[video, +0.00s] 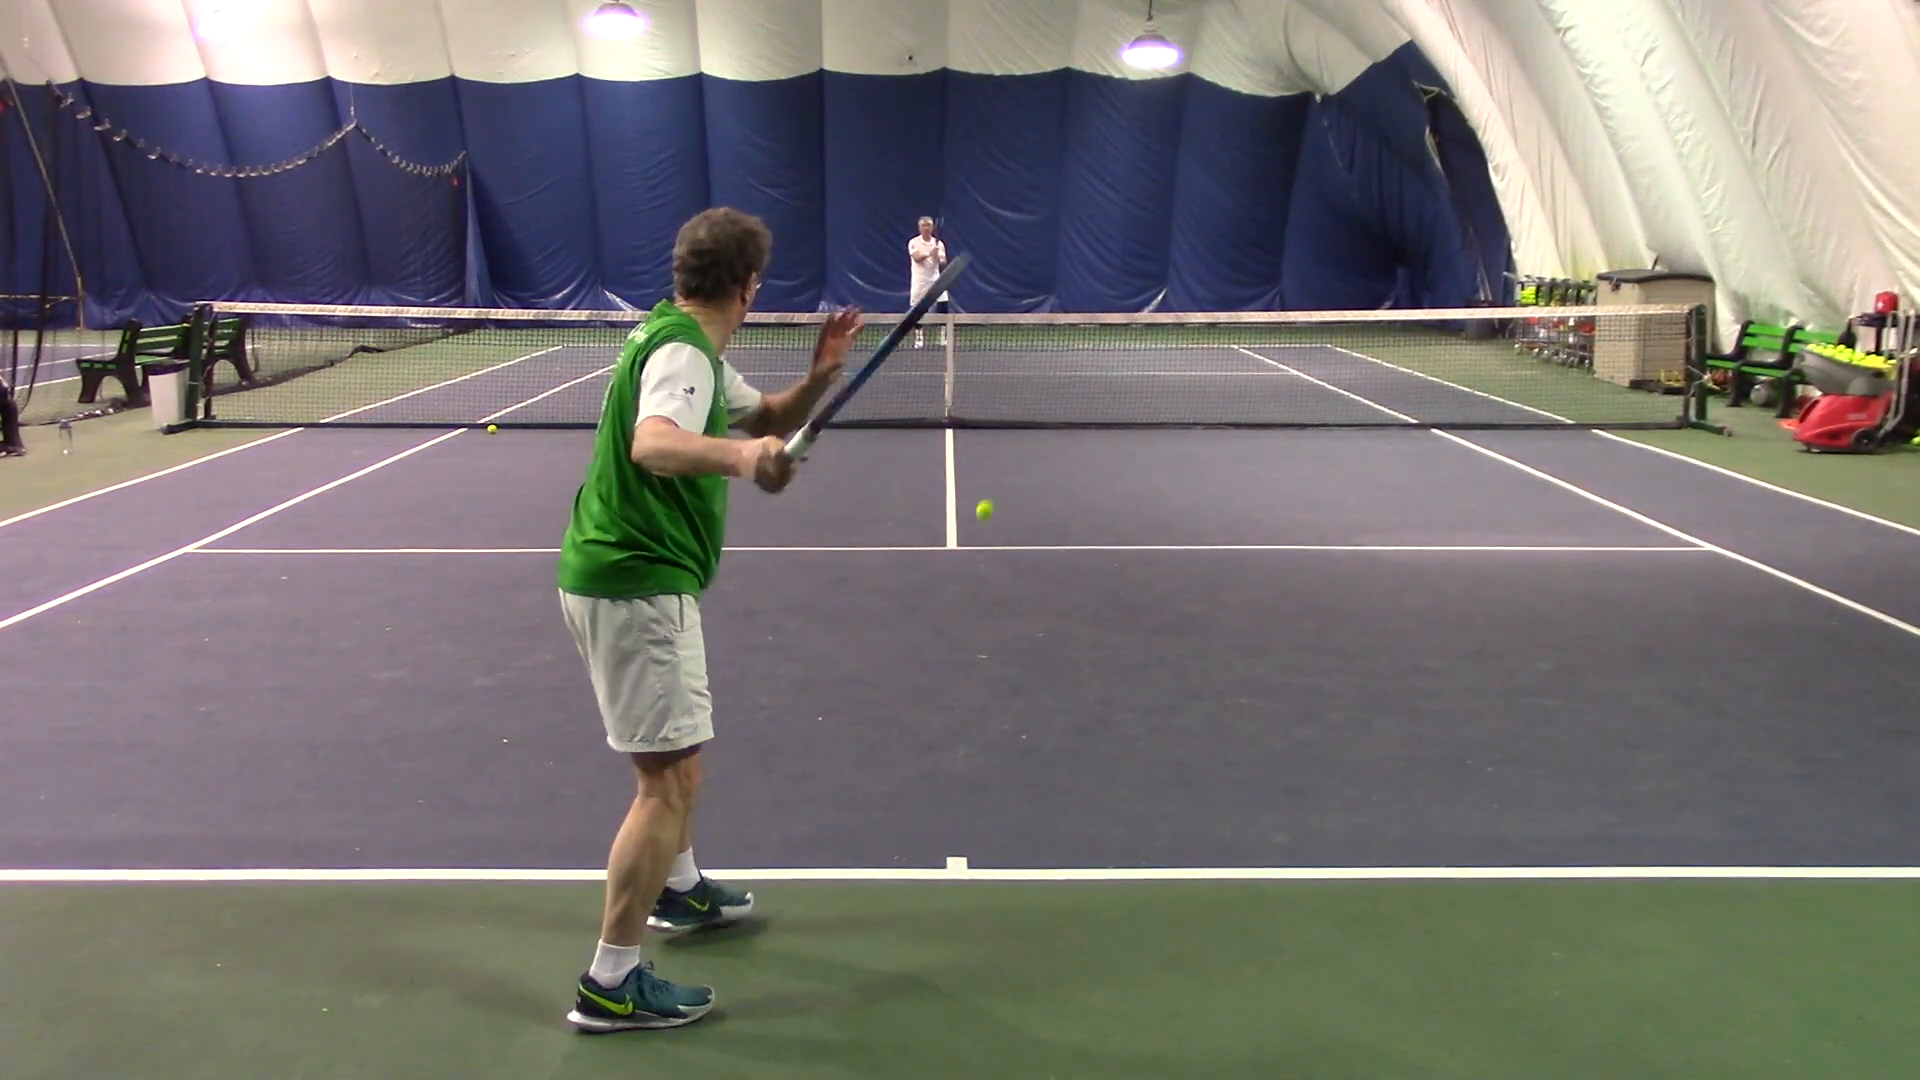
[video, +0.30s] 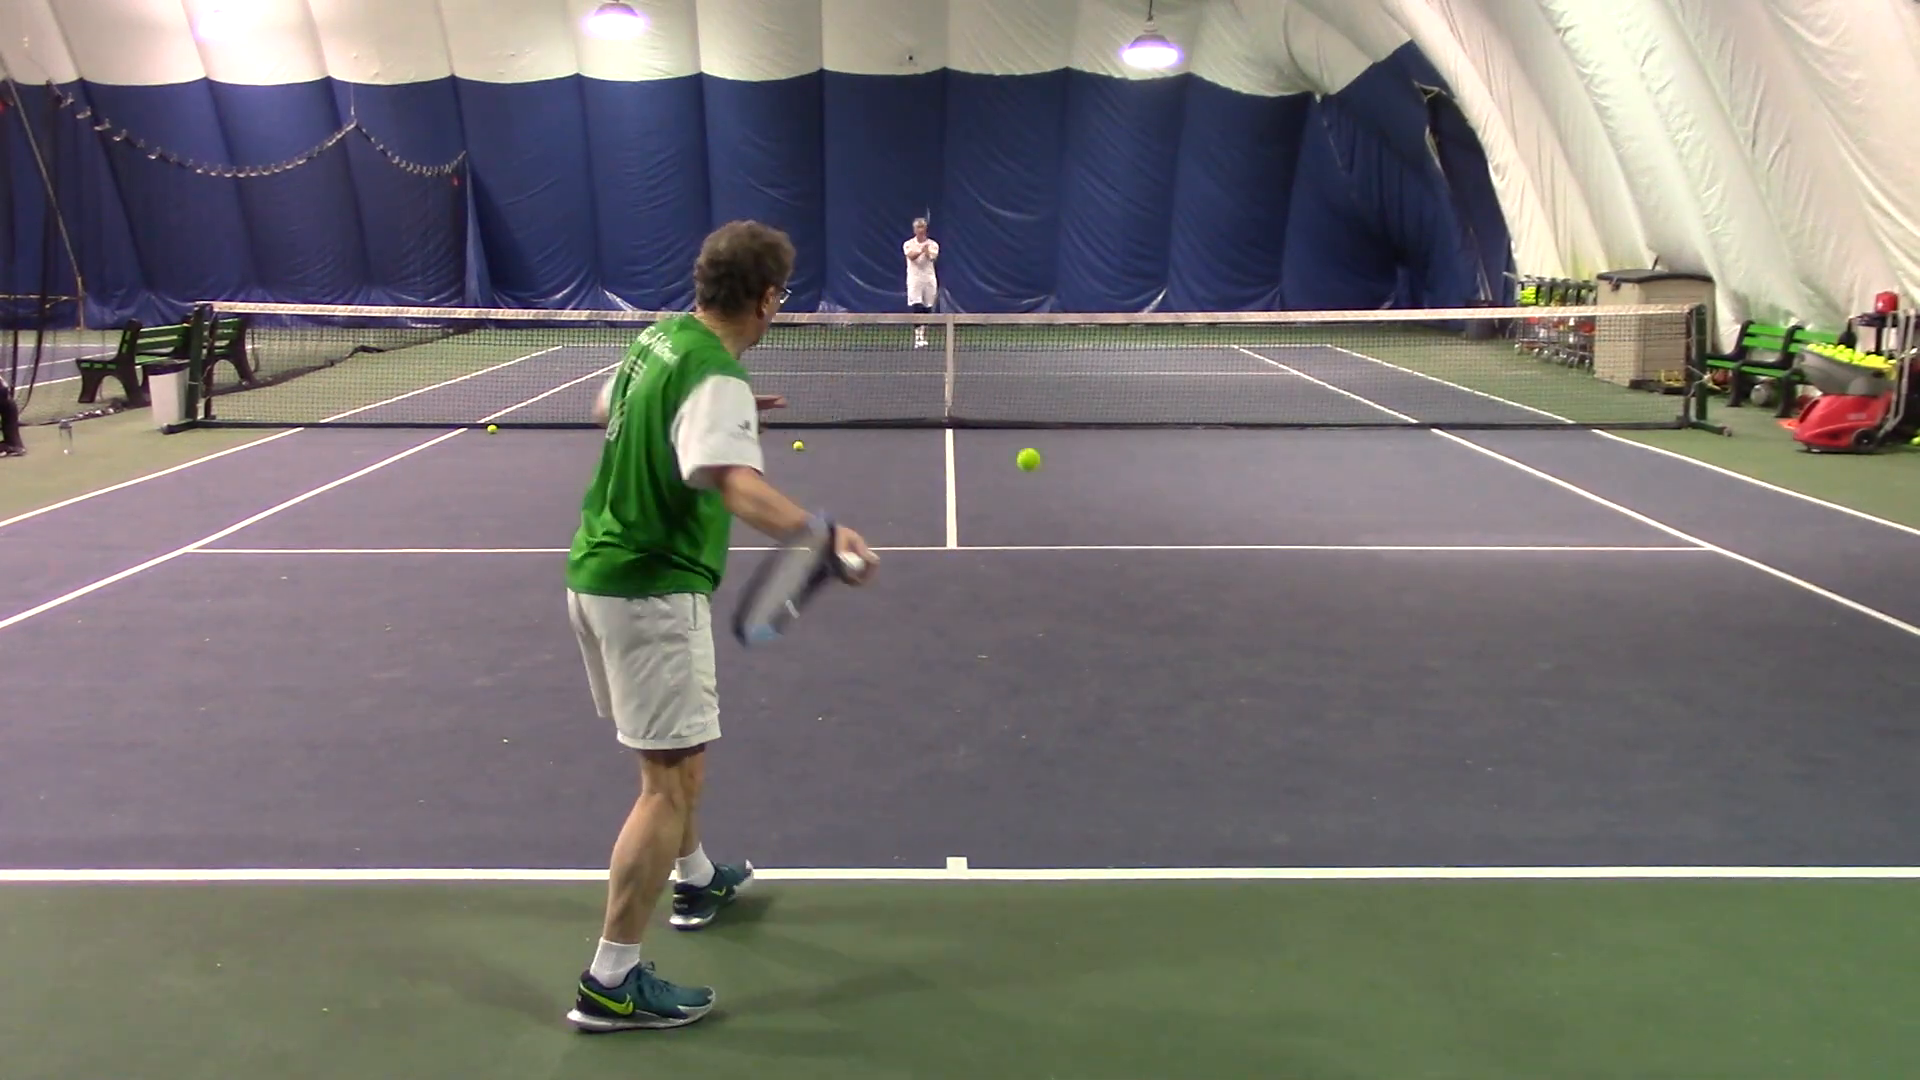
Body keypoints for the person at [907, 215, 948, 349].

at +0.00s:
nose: (926, 229)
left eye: (928, 225)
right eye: (923, 226)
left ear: (932, 227)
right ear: (919, 228)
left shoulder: (938, 243)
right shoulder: (913, 242)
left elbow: (943, 261)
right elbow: (917, 257)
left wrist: (938, 255)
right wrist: (931, 252)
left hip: (935, 278)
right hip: (919, 280)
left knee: (943, 304)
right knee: (918, 309)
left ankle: (943, 334)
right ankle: (919, 337)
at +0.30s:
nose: (920, 231)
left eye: (922, 228)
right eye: (918, 228)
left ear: (926, 229)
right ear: (914, 229)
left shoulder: (932, 244)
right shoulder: (908, 244)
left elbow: (933, 256)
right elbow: (911, 256)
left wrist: (926, 248)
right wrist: (922, 248)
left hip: (929, 278)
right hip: (915, 278)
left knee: (927, 308)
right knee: (917, 306)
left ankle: (923, 334)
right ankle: (917, 335)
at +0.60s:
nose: (919, 228)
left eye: (921, 225)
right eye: (916, 225)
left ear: (925, 227)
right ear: (912, 227)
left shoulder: (930, 244)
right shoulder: (905, 241)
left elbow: (930, 261)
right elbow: (907, 257)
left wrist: (922, 260)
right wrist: (922, 257)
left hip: (922, 276)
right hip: (907, 276)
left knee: (921, 306)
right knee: (907, 305)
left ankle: (920, 335)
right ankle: (908, 334)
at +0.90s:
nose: (911, 233)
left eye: (914, 230)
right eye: (909, 230)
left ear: (917, 232)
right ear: (904, 232)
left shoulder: (920, 247)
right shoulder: (897, 246)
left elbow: (924, 261)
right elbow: (900, 265)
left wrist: (923, 269)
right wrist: (914, 265)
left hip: (913, 281)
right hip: (898, 282)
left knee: (922, 307)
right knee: (889, 309)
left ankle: (919, 336)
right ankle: (880, 335)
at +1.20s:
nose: (915, 234)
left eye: (917, 231)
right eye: (913, 231)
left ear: (920, 234)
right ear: (907, 232)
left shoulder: (920, 247)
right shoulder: (900, 246)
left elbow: (923, 262)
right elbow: (902, 263)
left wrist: (925, 271)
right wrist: (918, 270)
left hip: (912, 281)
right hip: (898, 281)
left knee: (923, 304)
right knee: (892, 309)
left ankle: (919, 334)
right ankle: (882, 330)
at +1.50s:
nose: (927, 243)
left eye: (929, 240)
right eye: (925, 240)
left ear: (930, 241)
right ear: (919, 239)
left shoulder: (926, 251)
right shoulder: (912, 250)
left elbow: (937, 255)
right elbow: (927, 257)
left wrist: (951, 251)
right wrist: (946, 247)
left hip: (914, 282)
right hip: (902, 282)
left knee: (923, 307)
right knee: (911, 304)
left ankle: (921, 329)